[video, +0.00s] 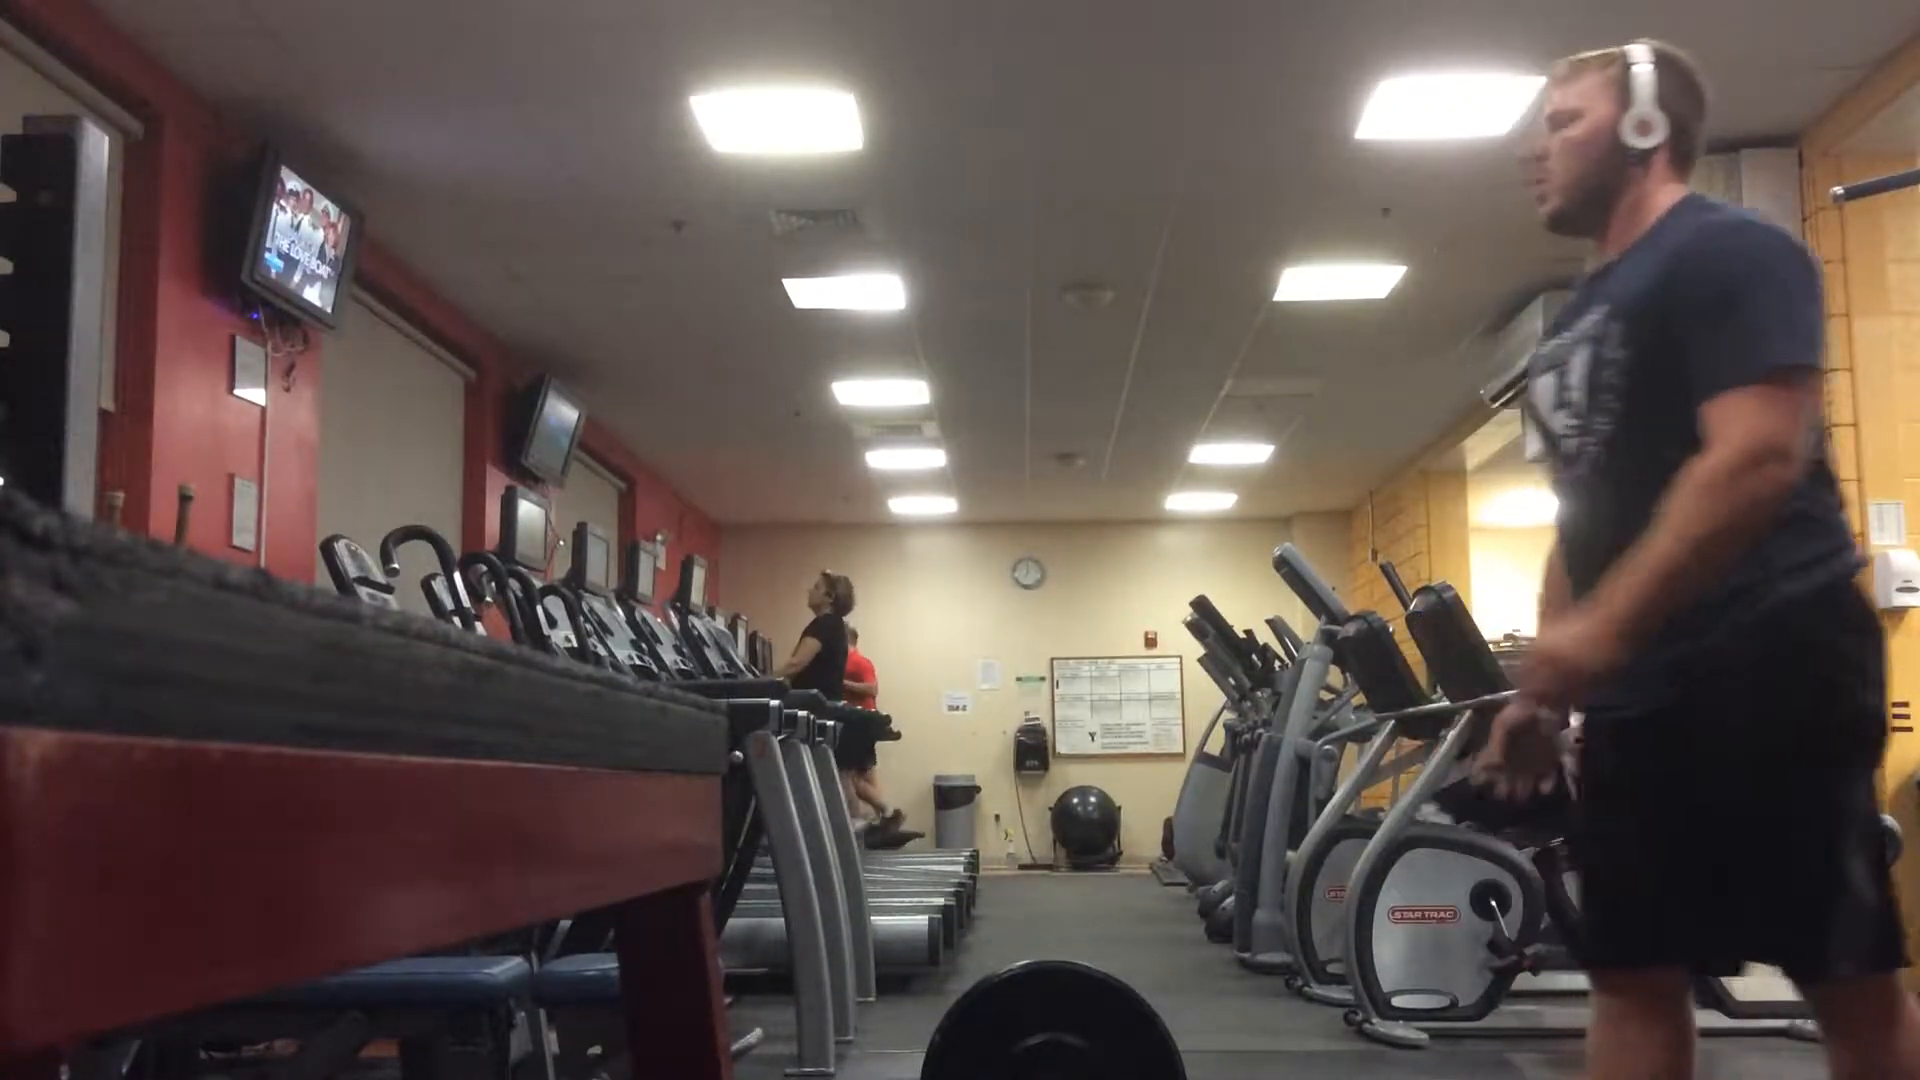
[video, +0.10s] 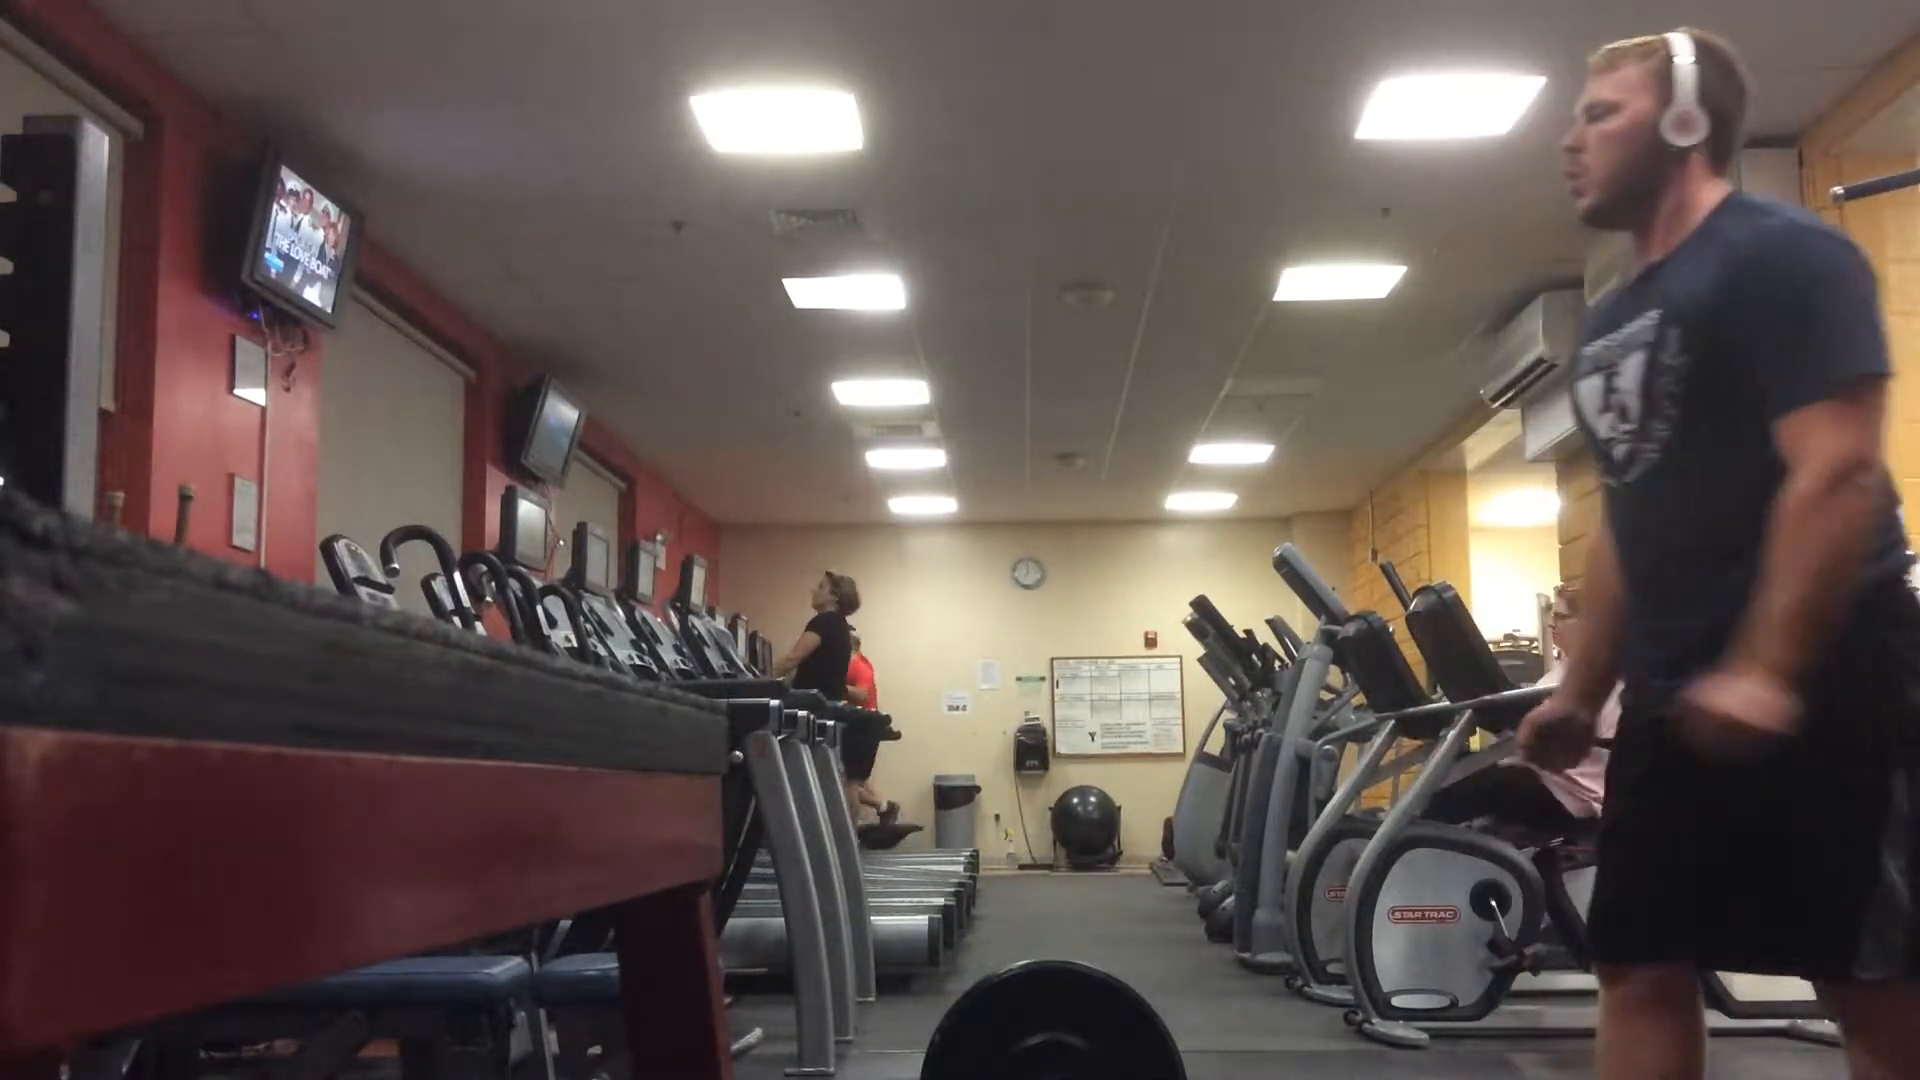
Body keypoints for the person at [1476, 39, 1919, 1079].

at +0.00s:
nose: (1534, 148)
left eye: (1560, 122)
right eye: (1538, 128)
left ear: (1643, 132)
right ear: (1622, 140)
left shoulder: (1730, 246)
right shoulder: (1580, 314)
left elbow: (1759, 454)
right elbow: (1583, 525)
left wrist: (1592, 632)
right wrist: (1542, 691)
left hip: (1779, 653)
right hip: (1638, 677)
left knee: (1854, 985)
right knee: (1633, 980)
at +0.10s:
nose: (1571, 140)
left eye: (1599, 114)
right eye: (1575, 119)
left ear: (1685, 126)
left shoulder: (1786, 253)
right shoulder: (1611, 317)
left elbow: (1840, 475)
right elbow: (1628, 522)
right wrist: (1577, 692)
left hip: (1829, 667)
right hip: (1677, 683)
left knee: (1874, 986)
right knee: (1639, 970)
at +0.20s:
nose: (1596, 133)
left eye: (1624, 107)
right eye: (1600, 112)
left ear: (1711, 123)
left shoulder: (1813, 252)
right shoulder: (1628, 314)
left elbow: (1889, 476)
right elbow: (1653, 521)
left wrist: (1886, 687)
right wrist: (1598, 689)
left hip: (1827, 680)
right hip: (1684, 693)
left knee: (1881, 982)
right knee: (1634, 956)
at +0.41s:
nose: (1626, 121)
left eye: (1657, 96)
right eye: (1630, 102)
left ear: (1744, 115)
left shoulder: (1835, 244)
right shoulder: (1650, 312)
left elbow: (1916, 458)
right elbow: (1673, 520)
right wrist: (1629, 694)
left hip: (1857, 679)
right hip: (1710, 695)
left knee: (1889, 982)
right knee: (1709, 964)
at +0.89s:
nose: (1615, 146)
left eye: (1639, 119)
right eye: (1619, 124)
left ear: (1721, 122)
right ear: (1701, 130)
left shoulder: (1818, 238)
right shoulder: (1664, 312)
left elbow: (1870, 450)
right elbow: (1686, 527)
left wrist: (1766, 648)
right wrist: (1635, 696)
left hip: (1856, 675)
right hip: (1742, 687)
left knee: (1887, 992)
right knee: (1800, 981)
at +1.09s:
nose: (1619, 150)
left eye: (1641, 124)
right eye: (1623, 131)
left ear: (1721, 127)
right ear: (1705, 135)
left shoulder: (1798, 231)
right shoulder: (1665, 310)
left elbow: (1865, 441)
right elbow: (1708, 526)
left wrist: (1828, 651)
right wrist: (1677, 702)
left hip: (1834, 673)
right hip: (1733, 693)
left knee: (1868, 983)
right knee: (1789, 979)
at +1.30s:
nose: (1629, 170)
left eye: (1648, 141)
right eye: (1633, 148)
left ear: (1724, 139)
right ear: (1714, 147)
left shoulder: (1801, 242)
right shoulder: (1688, 305)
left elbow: (1832, 442)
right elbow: (1706, 524)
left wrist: (1747, 638)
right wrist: (1655, 698)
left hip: (1820, 641)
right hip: (1737, 653)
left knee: (1800, 978)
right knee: (1763, 968)